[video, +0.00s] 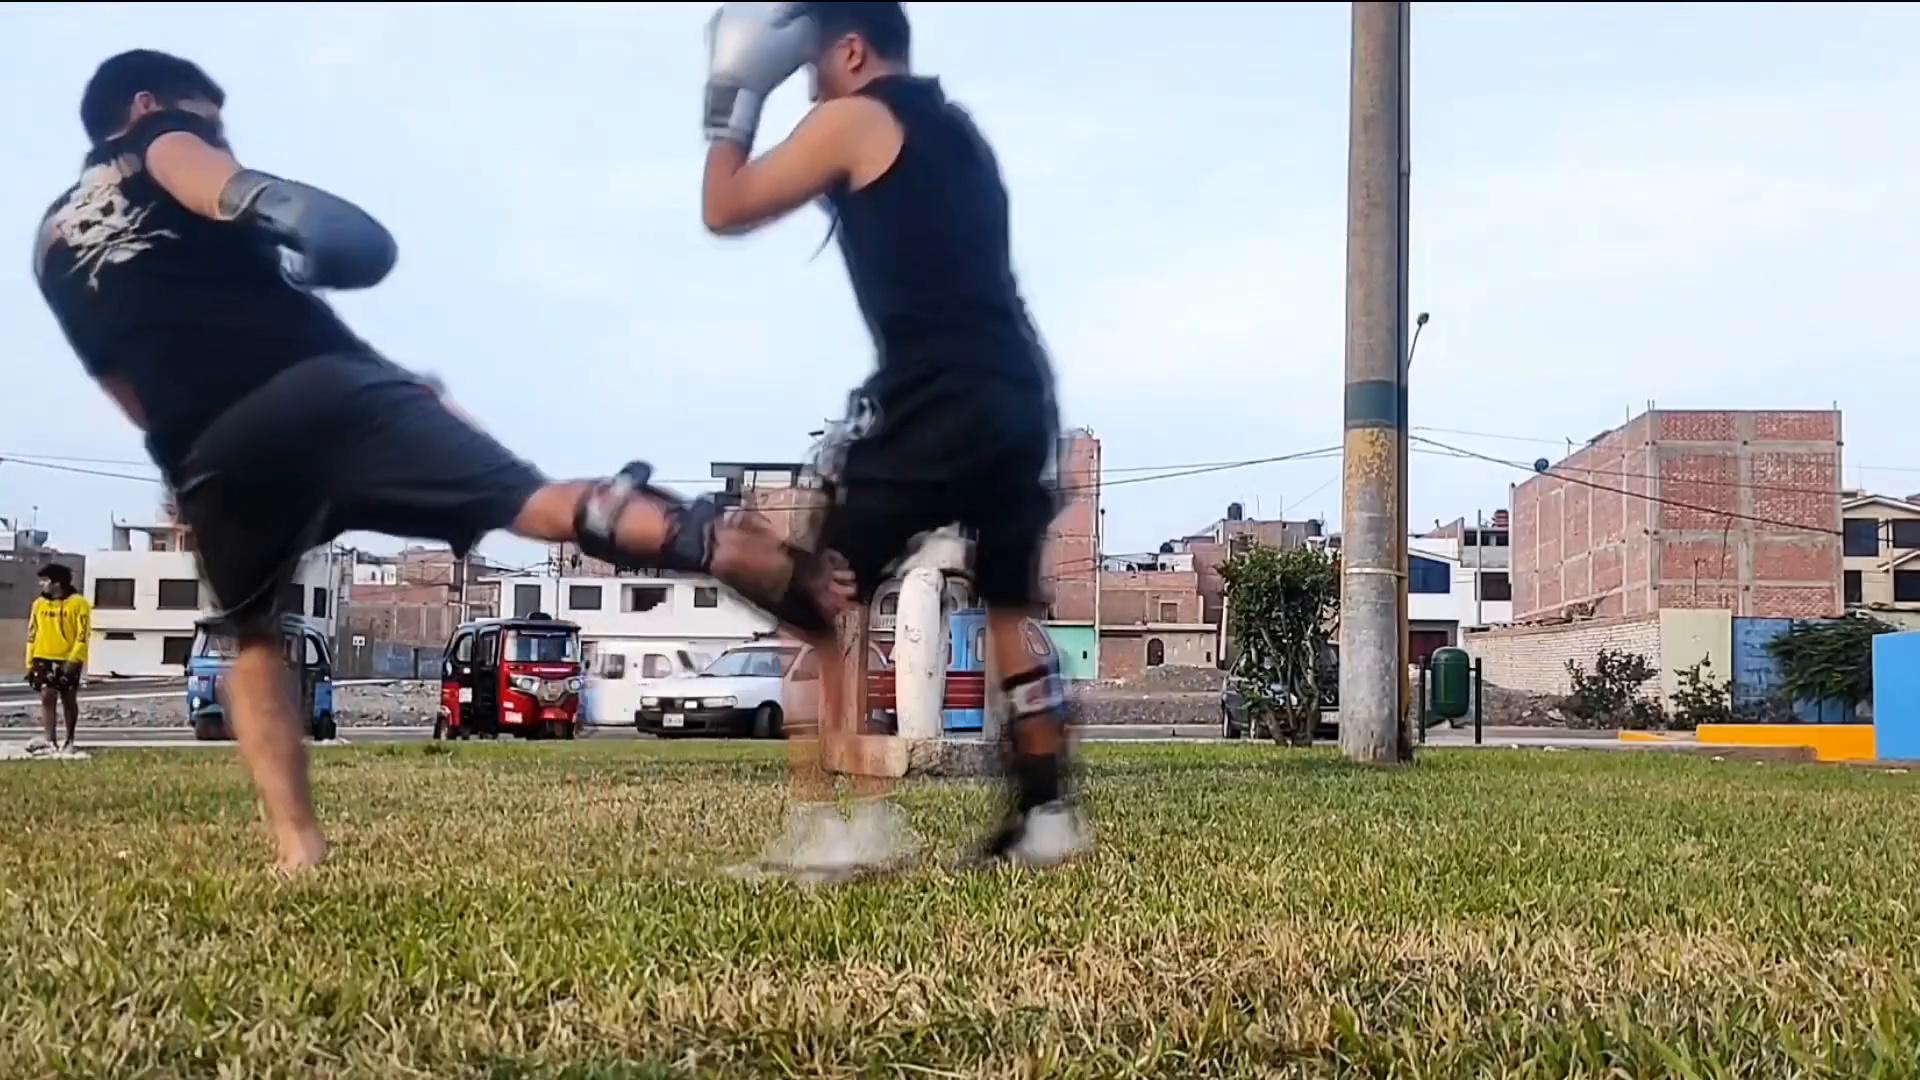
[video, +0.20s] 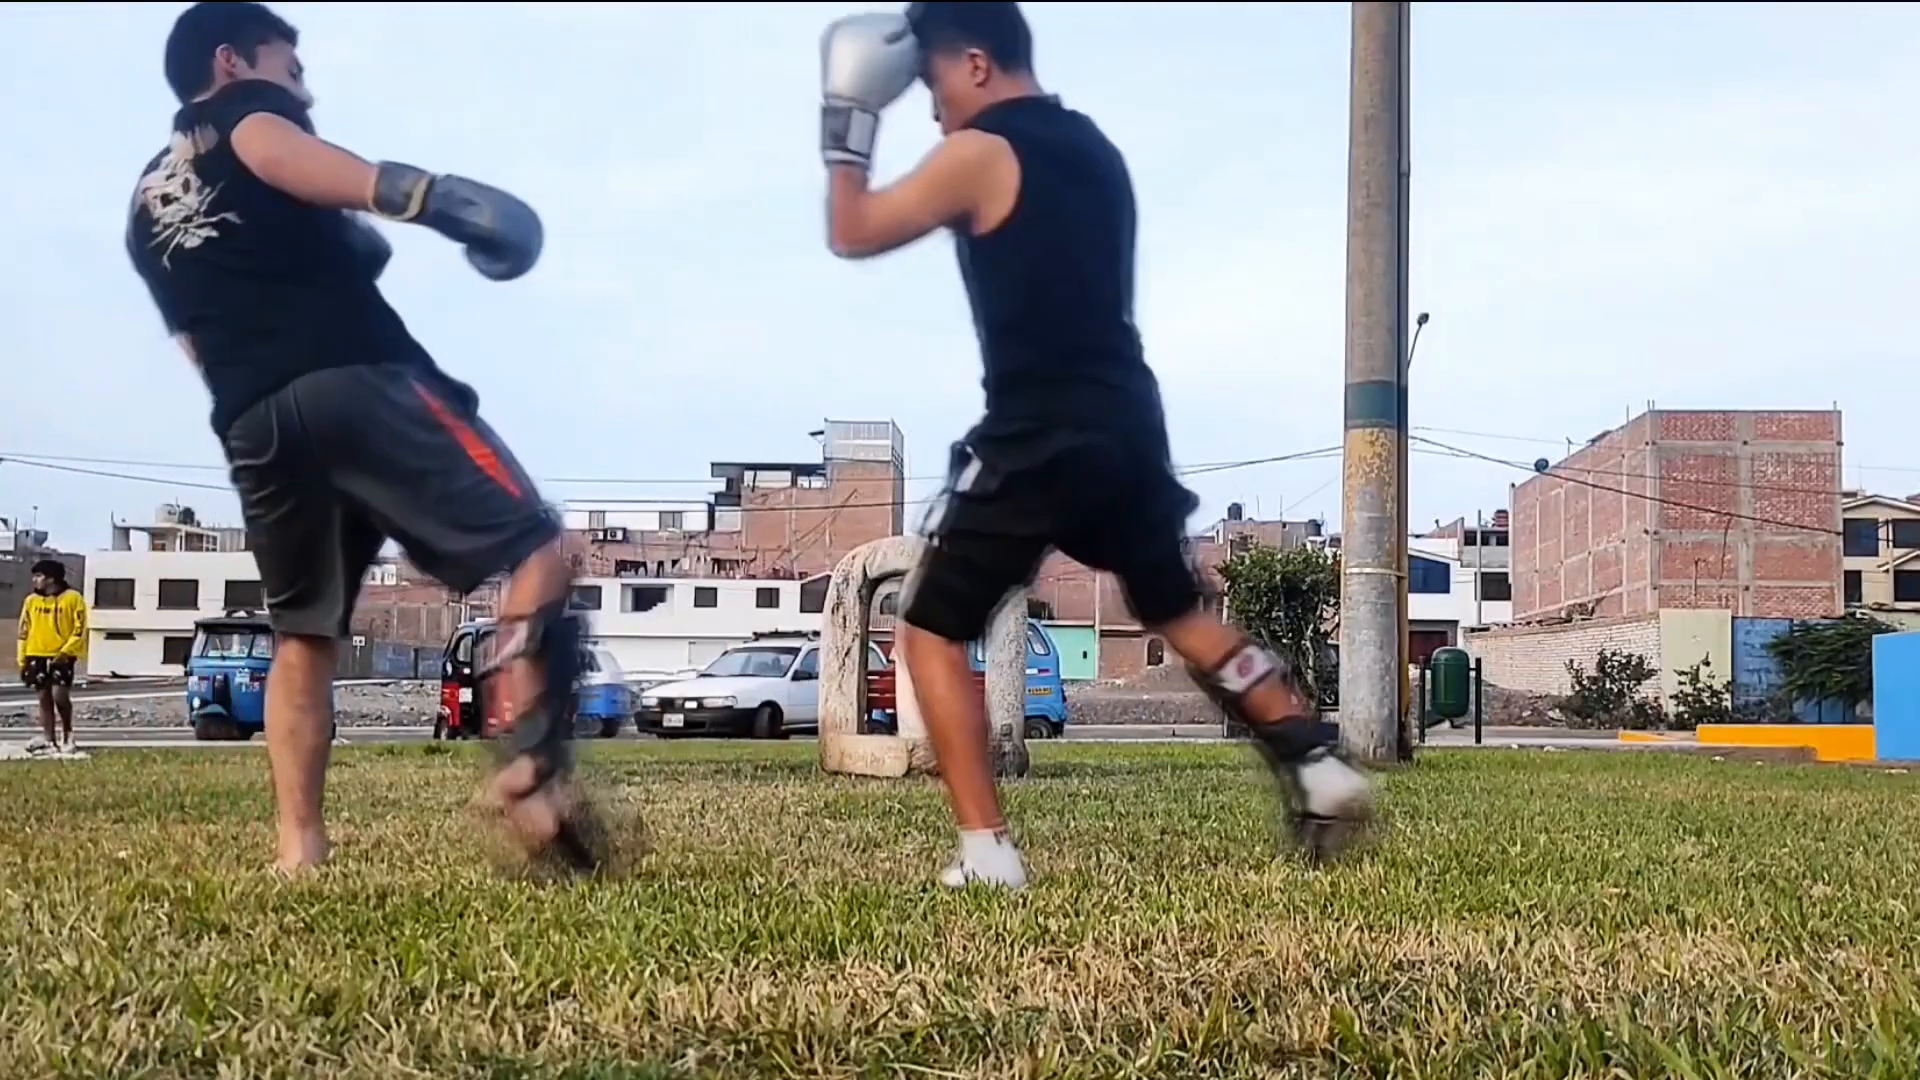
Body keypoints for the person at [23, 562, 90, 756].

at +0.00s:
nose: (42, 584)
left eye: (46, 581)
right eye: (42, 581)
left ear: (58, 583)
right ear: (53, 583)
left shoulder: (78, 604)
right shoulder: (39, 604)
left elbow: (82, 636)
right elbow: (32, 635)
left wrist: (74, 661)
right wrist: (30, 663)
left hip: (68, 659)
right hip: (44, 658)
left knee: (68, 700)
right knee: (47, 698)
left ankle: (69, 739)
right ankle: (49, 739)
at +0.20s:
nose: (34, 580)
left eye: (38, 576)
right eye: (34, 576)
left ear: (51, 578)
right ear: (43, 578)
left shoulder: (73, 598)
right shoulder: (31, 601)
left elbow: (79, 631)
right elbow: (23, 632)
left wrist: (65, 652)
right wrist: (22, 660)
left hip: (62, 656)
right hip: (37, 656)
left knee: (59, 696)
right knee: (44, 698)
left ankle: (68, 734)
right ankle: (49, 739)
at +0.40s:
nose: (28, 579)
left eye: (32, 575)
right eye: (28, 575)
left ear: (46, 577)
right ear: (34, 578)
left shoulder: (67, 598)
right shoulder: (24, 599)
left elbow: (77, 629)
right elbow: (14, 628)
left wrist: (73, 654)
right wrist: (9, 655)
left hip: (55, 652)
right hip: (31, 653)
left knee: (47, 694)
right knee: (39, 697)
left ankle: (49, 739)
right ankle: (48, 738)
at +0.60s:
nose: (22, 579)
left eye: (26, 575)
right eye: (22, 575)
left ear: (40, 577)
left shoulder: (62, 598)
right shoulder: (18, 598)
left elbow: (74, 630)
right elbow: (6, 627)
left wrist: (78, 659)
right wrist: (2, 651)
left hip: (48, 653)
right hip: (22, 653)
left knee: (38, 695)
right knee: (33, 699)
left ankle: (33, 740)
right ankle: (47, 739)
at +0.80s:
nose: (16, 575)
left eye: (20, 571)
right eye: (15, 571)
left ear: (34, 574)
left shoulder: (55, 594)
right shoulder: (11, 593)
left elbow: (66, 630)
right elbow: (2, 625)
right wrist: (2, 653)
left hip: (40, 662)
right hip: (11, 658)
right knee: (10, 704)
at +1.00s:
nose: (4, 574)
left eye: (8, 571)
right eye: (4, 570)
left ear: (22, 572)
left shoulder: (44, 592)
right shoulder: (3, 591)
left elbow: (52, 625)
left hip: (32, 655)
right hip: (5, 653)